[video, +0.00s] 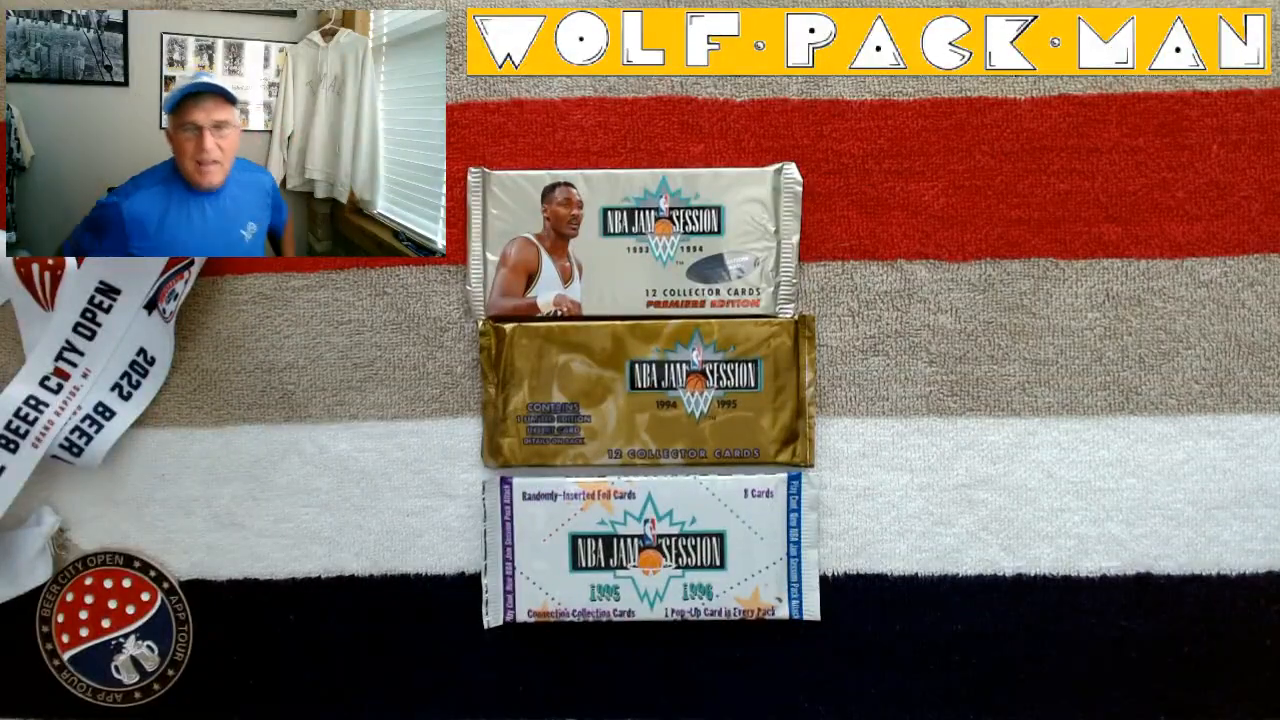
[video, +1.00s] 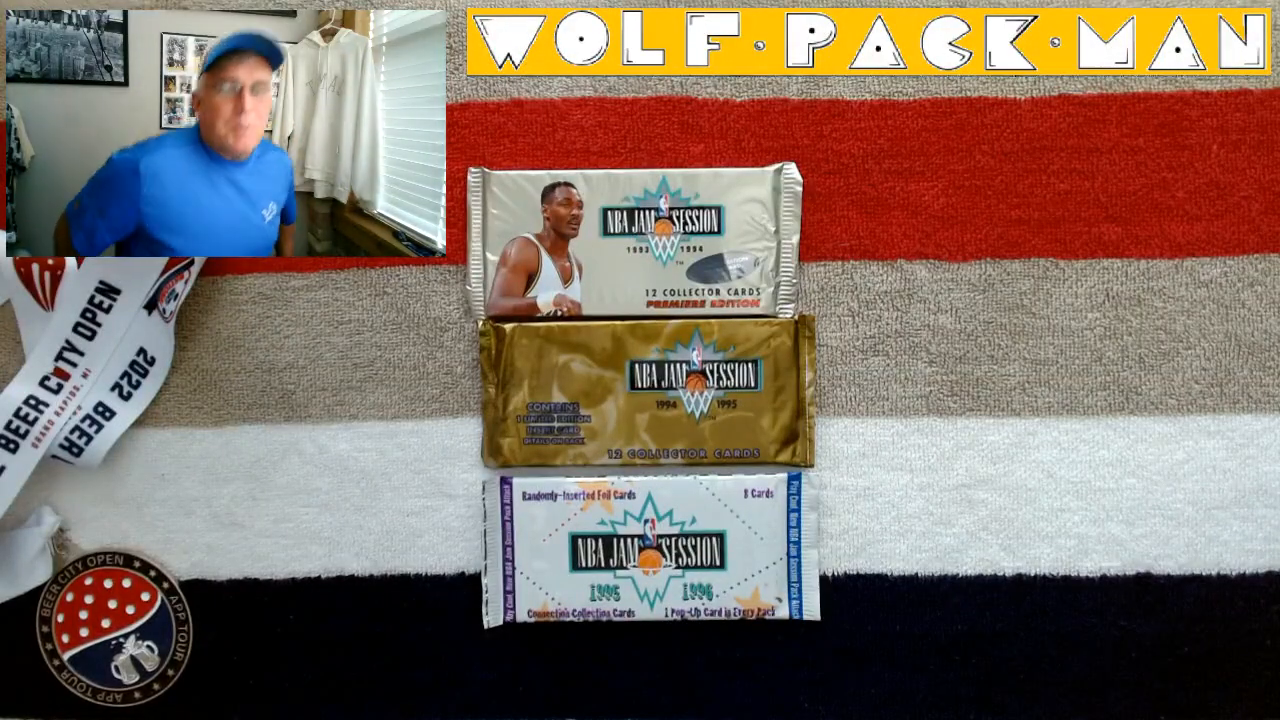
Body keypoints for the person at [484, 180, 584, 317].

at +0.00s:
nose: (576, 213)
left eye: (580, 207)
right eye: (566, 205)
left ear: (583, 211)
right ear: (545, 211)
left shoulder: (575, 265)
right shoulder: (520, 250)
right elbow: (495, 308)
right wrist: (550, 302)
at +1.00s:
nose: (576, 213)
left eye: (580, 207)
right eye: (566, 205)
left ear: (583, 211)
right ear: (546, 211)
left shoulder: (575, 265)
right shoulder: (521, 250)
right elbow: (495, 307)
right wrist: (550, 301)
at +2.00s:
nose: (576, 213)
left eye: (580, 207)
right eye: (566, 205)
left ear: (583, 211)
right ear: (545, 211)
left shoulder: (575, 265)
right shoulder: (520, 250)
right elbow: (495, 307)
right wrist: (550, 301)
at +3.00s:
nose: (576, 213)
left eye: (580, 206)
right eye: (566, 205)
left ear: (583, 211)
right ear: (546, 211)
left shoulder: (575, 265)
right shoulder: (520, 250)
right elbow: (495, 307)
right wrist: (550, 301)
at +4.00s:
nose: (576, 213)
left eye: (580, 206)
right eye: (566, 205)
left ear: (583, 211)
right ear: (545, 211)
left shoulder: (575, 265)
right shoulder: (521, 249)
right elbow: (495, 307)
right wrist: (550, 301)